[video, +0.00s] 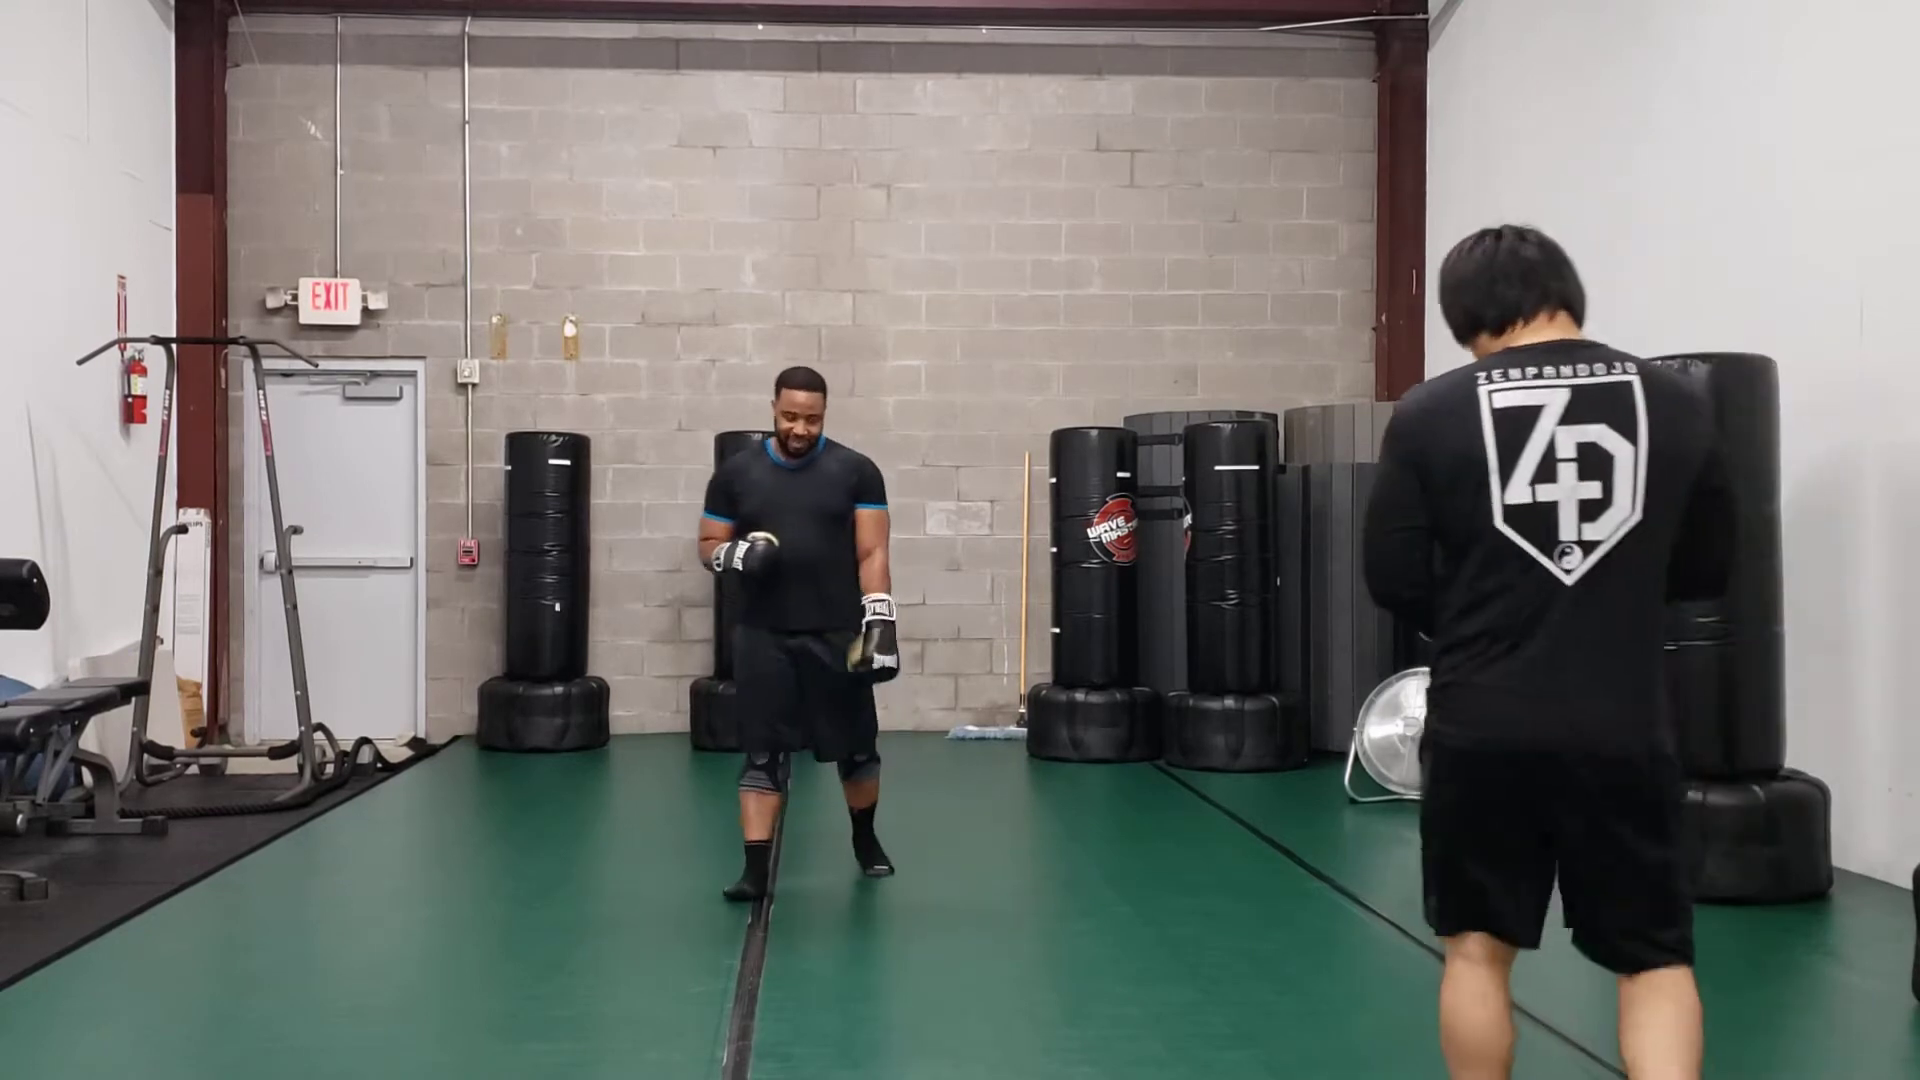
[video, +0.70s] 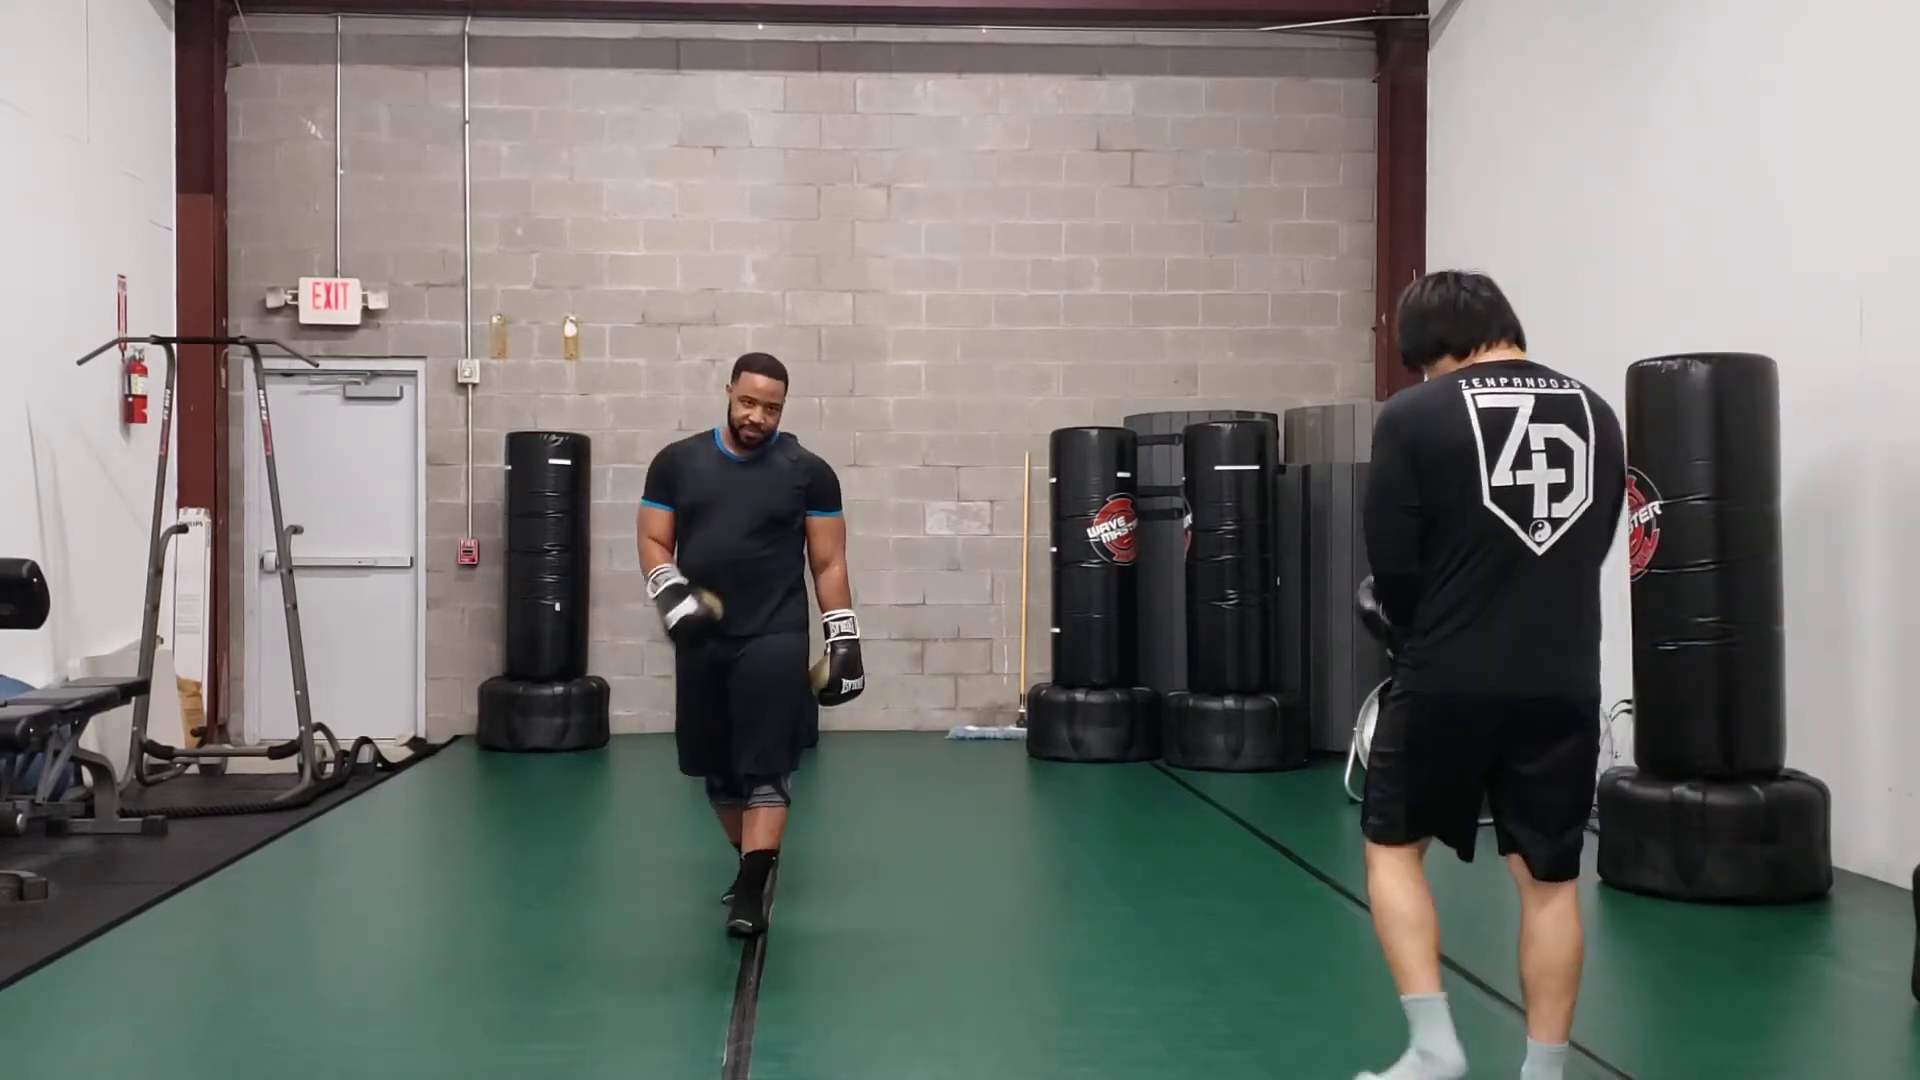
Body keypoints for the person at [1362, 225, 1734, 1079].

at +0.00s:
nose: (1463, 345)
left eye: (1462, 330)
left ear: (1469, 326)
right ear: (1575, 306)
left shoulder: (1432, 411)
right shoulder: (1673, 399)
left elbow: (1392, 574)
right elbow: (1705, 565)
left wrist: (1482, 608)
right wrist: (1609, 579)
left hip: (1483, 733)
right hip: (1623, 731)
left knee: (1476, 950)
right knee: (1653, 956)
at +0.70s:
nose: (1418, 378)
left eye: (1419, 364)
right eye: (1418, 365)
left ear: (1435, 354)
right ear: (1512, 339)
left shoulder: (1414, 417)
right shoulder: (1593, 410)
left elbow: (1394, 566)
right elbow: (1595, 541)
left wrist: (1414, 631)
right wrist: (1529, 598)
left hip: (1446, 679)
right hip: (1562, 682)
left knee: (1393, 839)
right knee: (1550, 877)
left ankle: (1434, 1045)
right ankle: (1545, 1067)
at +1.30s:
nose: (1320, 408)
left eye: (1316, 395)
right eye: (1315, 397)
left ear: (1334, 381)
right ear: (1395, 353)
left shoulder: (1330, 438)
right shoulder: (1478, 418)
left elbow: (1321, 571)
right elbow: (1486, 544)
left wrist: (1339, 645)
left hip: (1384, 674)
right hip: (1479, 666)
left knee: (1372, 846)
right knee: (1496, 829)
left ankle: (1378, 1035)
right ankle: (1525, 1004)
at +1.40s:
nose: (1329, 410)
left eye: (1327, 396)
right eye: (1324, 397)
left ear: (1347, 382)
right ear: (1400, 358)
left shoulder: (1344, 441)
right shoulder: (1478, 420)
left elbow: (1327, 571)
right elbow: (1458, 537)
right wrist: (1314, 564)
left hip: (1386, 672)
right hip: (1479, 666)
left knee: (1374, 847)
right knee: (1491, 833)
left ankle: (1379, 1036)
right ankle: (1512, 1002)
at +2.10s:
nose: (1323, 390)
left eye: (1327, 377)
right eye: (1321, 376)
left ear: (1360, 373)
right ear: (1398, 364)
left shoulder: (1377, 439)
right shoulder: (1468, 428)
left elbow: (1361, 552)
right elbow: (1406, 531)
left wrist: (1282, 565)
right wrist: (1324, 480)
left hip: (1389, 666)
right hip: (1472, 664)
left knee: (1320, 821)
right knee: (1477, 823)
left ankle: (1274, 999)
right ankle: (1507, 1002)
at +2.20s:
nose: (1296, 396)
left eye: (1299, 383)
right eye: (1295, 383)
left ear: (1331, 381)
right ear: (1372, 370)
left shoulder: (1342, 446)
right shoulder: (1439, 431)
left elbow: (1296, 544)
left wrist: (1210, 523)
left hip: (1361, 673)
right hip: (1446, 670)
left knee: (1307, 837)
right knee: (1461, 828)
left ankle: (1268, 1012)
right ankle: (1504, 1002)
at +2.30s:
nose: (1270, 392)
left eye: (1273, 380)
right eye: (1268, 379)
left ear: (1303, 381)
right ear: (1352, 368)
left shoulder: (1307, 446)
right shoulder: (1412, 431)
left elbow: (1210, 514)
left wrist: (1136, 488)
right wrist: (1300, 410)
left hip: (1324, 670)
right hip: (1407, 667)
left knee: (1283, 831)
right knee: (1431, 820)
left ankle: (1267, 1013)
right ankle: (1493, 990)